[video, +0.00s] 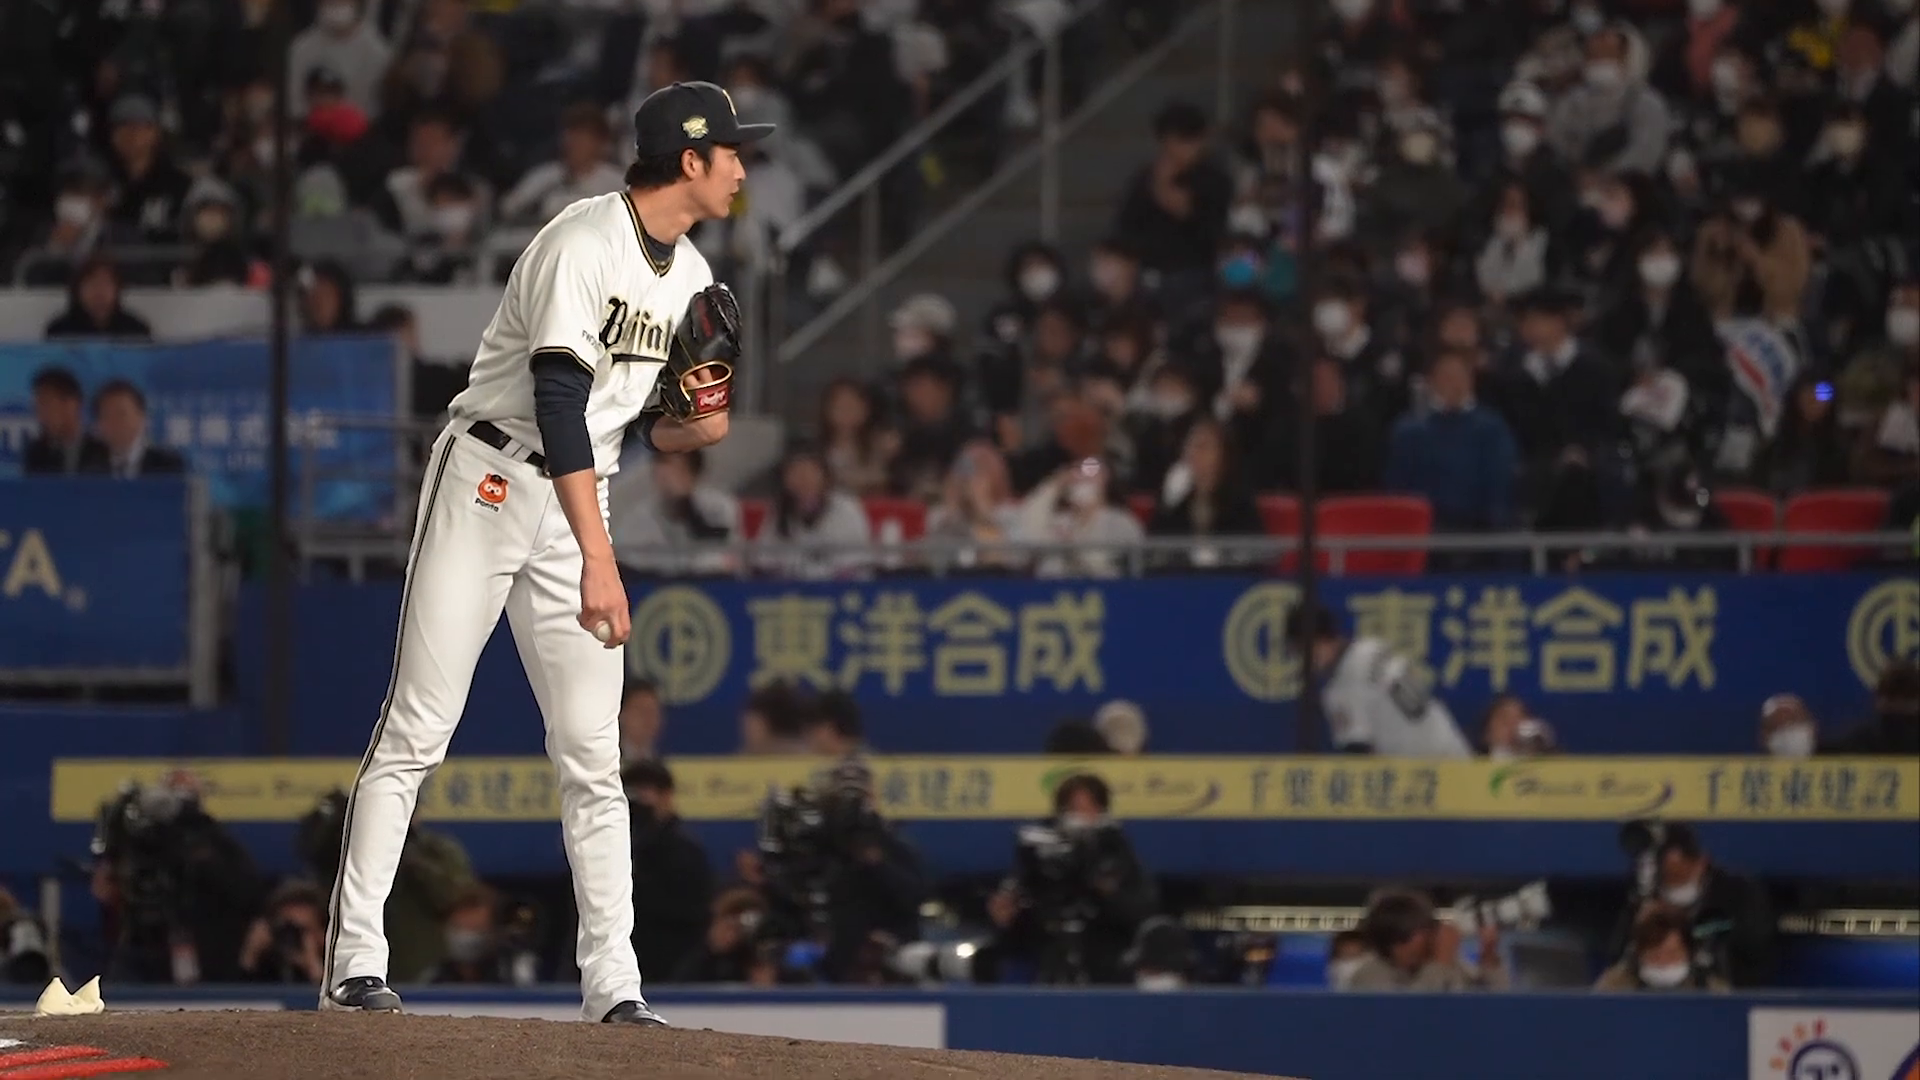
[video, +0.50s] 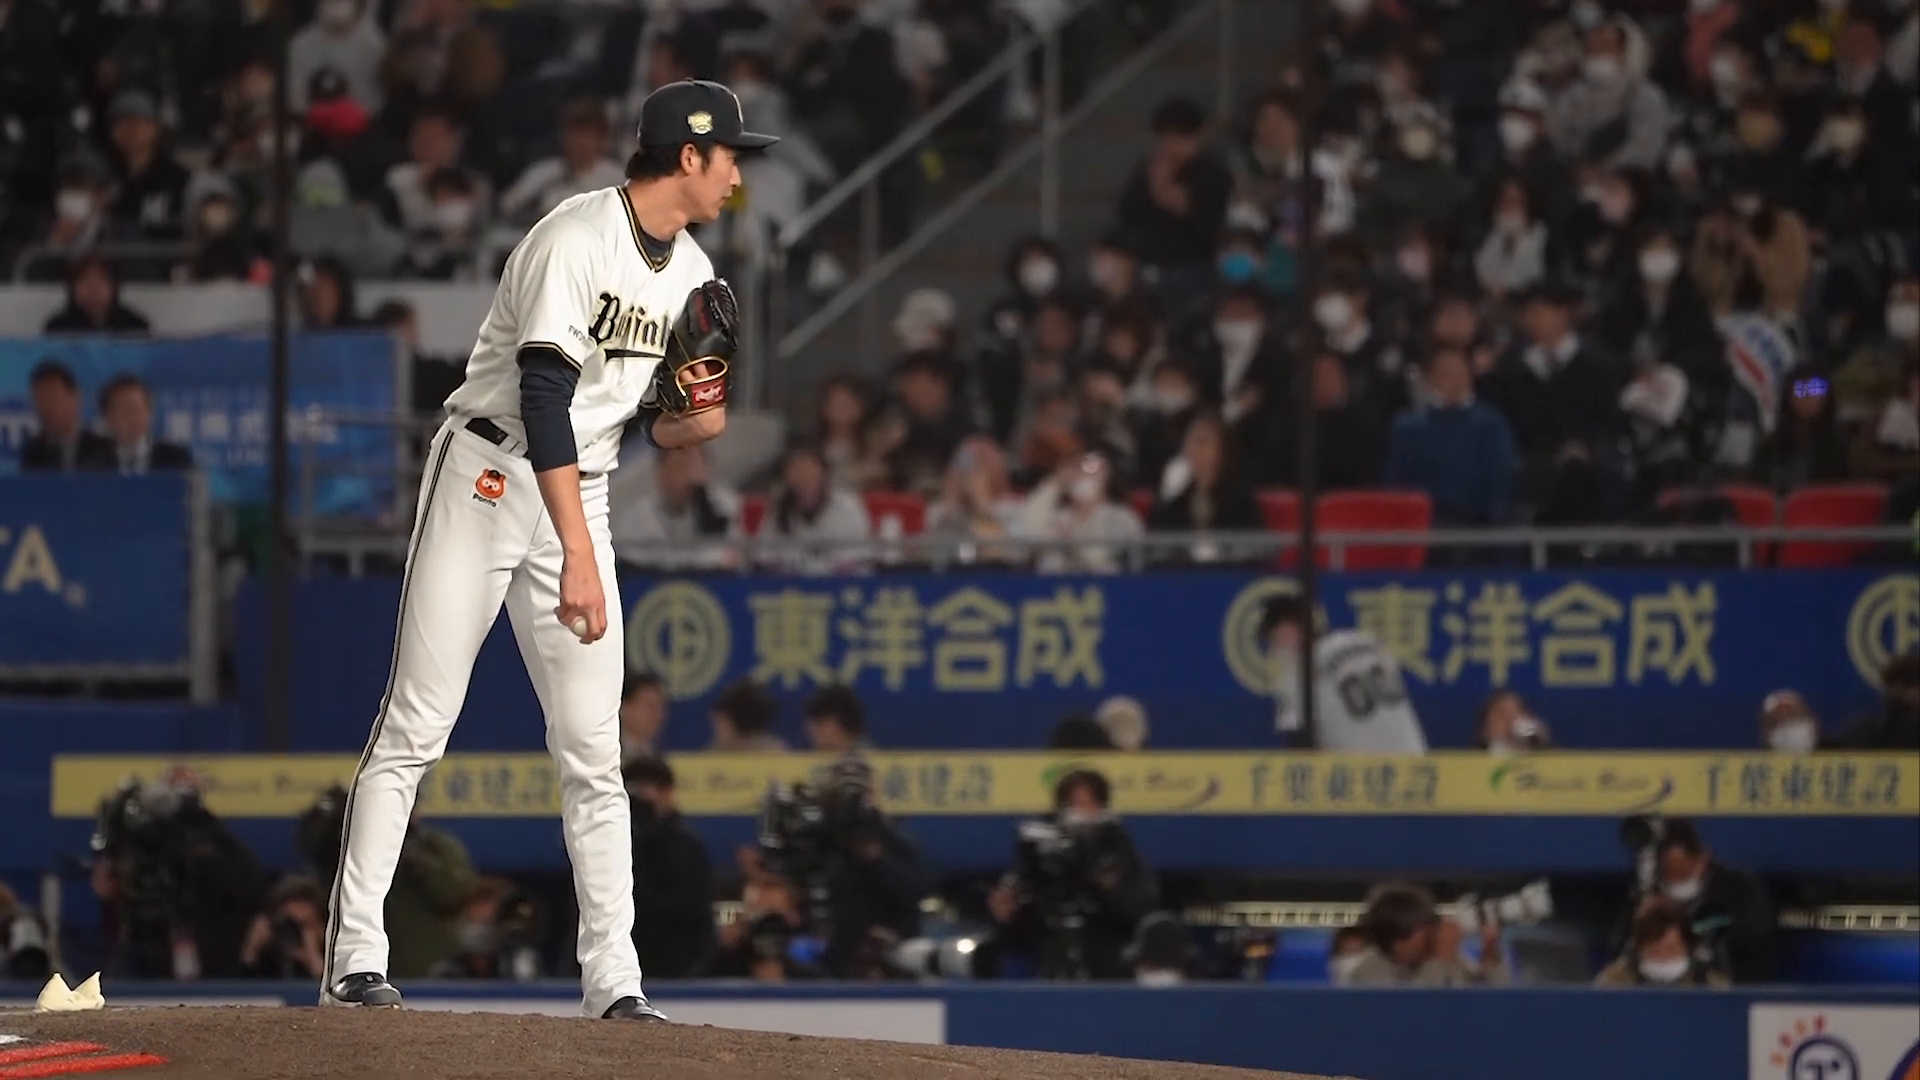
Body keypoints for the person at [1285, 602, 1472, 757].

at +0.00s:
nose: (1303, 659)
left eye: (1303, 649)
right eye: (1299, 649)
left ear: (1316, 644)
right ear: (1333, 632)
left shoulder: (1339, 689)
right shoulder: (1371, 647)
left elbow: (1357, 754)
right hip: (1459, 758)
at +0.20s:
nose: (1295, 661)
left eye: (1295, 652)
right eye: (1293, 653)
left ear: (1306, 647)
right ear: (1328, 633)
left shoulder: (1330, 681)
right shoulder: (1372, 651)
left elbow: (1331, 749)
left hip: (1393, 780)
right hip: (1443, 768)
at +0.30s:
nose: (1290, 658)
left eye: (1291, 649)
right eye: (1289, 649)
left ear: (1303, 644)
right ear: (1327, 632)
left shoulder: (1326, 677)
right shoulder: (1373, 653)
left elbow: (1322, 746)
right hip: (1427, 766)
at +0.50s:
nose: (1277, 650)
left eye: (1275, 640)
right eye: (1273, 642)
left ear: (1287, 632)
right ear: (1312, 621)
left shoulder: (1298, 665)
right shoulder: (1366, 641)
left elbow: (1294, 735)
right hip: (1414, 765)